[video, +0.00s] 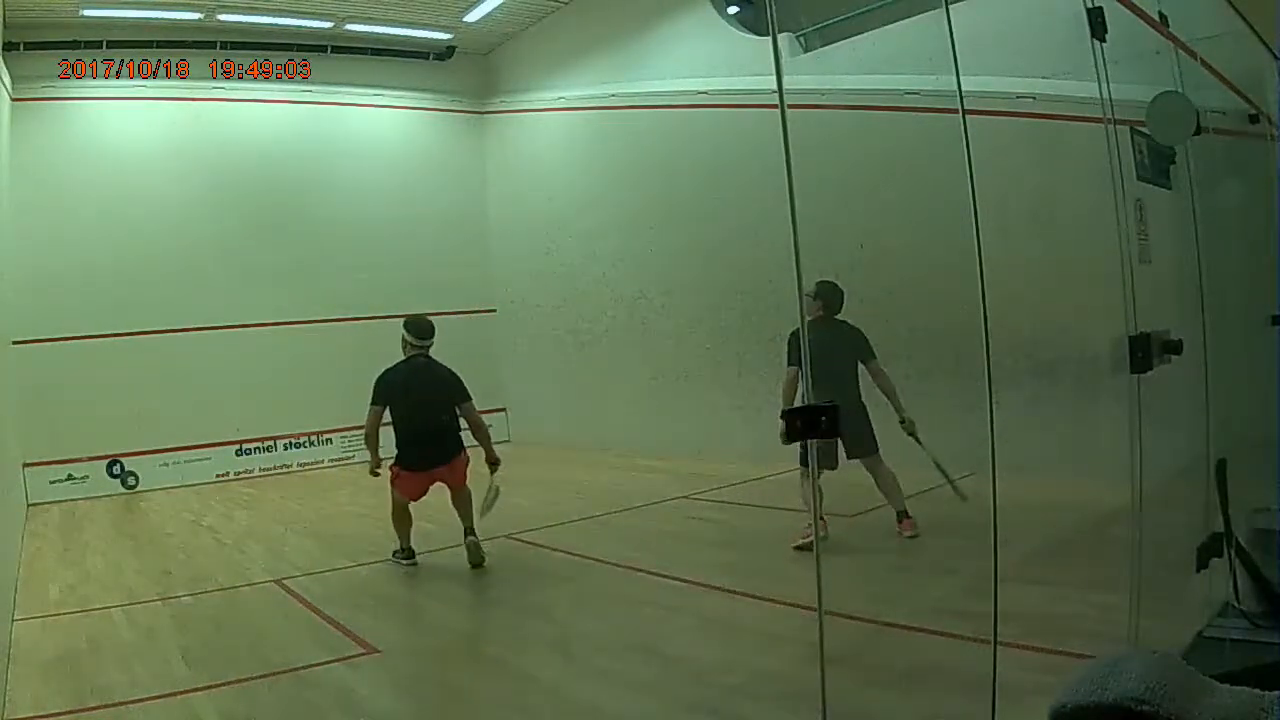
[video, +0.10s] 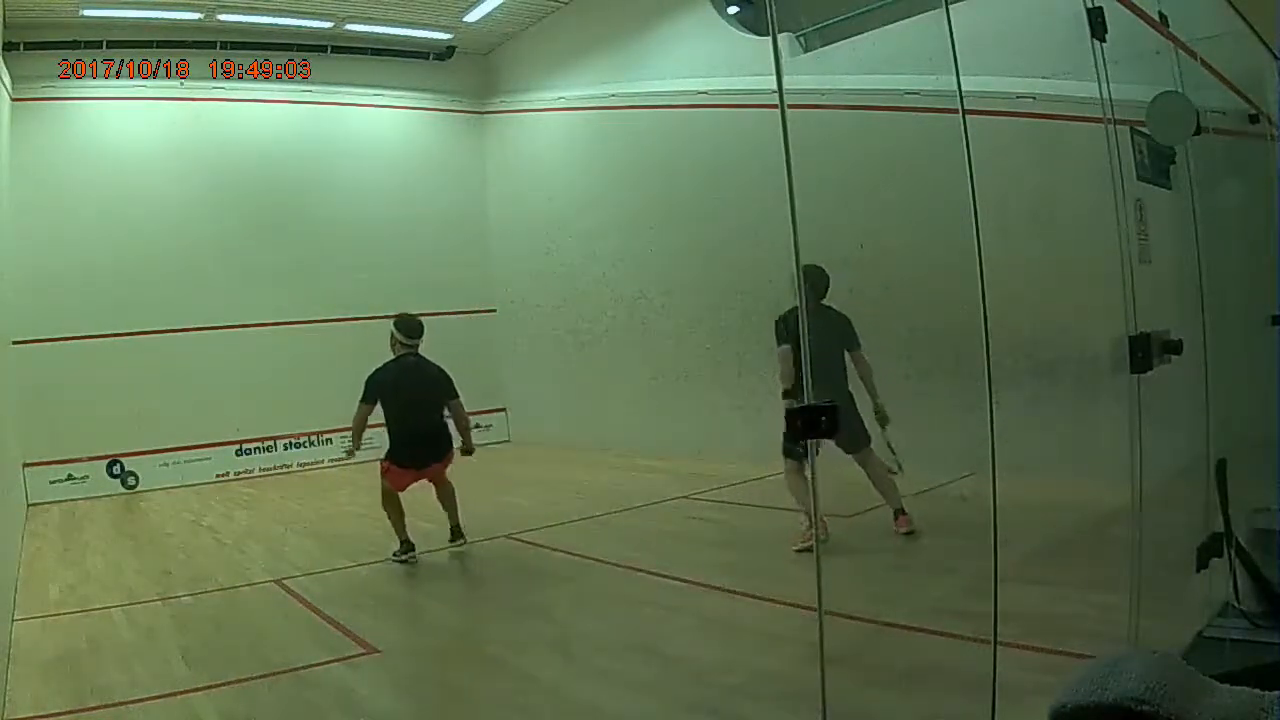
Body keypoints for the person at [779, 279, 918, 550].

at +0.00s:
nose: (805, 303)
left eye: (809, 299)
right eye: (807, 298)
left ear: (819, 304)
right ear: (835, 306)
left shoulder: (799, 336)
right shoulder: (852, 333)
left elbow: (792, 378)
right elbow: (877, 374)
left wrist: (786, 418)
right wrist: (902, 414)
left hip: (816, 418)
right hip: (852, 413)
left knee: (808, 474)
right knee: (875, 465)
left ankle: (816, 525)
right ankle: (905, 519)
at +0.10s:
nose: (799, 291)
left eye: (799, 285)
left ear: (800, 288)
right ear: (825, 289)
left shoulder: (786, 321)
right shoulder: (839, 319)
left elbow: (786, 360)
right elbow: (860, 364)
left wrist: (788, 394)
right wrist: (877, 403)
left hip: (802, 412)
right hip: (839, 408)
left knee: (794, 470)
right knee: (868, 459)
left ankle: (814, 524)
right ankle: (901, 515)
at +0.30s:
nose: (757, 261)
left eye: (762, 258)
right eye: (761, 257)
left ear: (773, 265)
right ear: (785, 267)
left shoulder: (758, 295)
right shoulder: (806, 300)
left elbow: (767, 332)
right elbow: (817, 345)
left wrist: (774, 374)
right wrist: (824, 384)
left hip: (780, 384)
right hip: (814, 383)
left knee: (770, 452)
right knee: (822, 448)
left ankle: (800, 511)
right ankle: (838, 515)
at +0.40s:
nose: (732, 277)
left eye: (737, 273)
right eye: (736, 272)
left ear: (748, 280)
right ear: (757, 282)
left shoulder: (749, 312)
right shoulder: (773, 309)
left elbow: (758, 357)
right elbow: (782, 356)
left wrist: (760, 403)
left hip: (766, 397)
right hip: (791, 394)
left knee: (736, 456)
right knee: (808, 461)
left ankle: (747, 526)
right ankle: (829, 528)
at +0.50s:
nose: (709, 289)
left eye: (713, 286)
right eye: (712, 285)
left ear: (724, 294)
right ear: (731, 296)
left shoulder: (730, 326)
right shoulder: (745, 322)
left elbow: (746, 370)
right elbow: (757, 367)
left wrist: (738, 415)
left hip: (749, 409)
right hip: (772, 407)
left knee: (708, 459)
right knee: (798, 468)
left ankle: (699, 529)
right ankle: (830, 528)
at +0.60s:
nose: (675, 289)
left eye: (681, 286)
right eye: (678, 285)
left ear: (693, 294)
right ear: (697, 295)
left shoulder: (697, 325)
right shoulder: (713, 320)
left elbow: (712, 369)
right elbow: (725, 365)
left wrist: (703, 412)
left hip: (720, 408)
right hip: (742, 405)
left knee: (683, 463)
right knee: (762, 467)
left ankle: (691, 531)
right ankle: (812, 510)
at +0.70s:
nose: (649, 291)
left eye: (655, 288)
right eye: (652, 287)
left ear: (669, 296)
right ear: (671, 297)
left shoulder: (668, 327)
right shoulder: (687, 323)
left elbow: (677, 376)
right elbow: (696, 370)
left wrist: (664, 414)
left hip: (690, 409)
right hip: (713, 406)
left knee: (666, 468)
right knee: (714, 471)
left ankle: (690, 533)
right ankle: (770, 499)